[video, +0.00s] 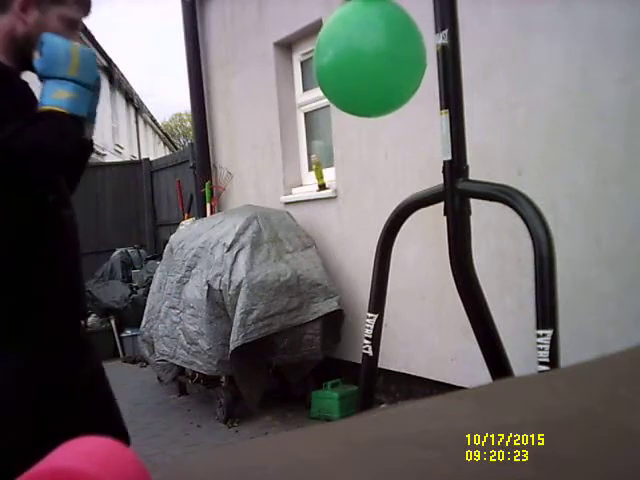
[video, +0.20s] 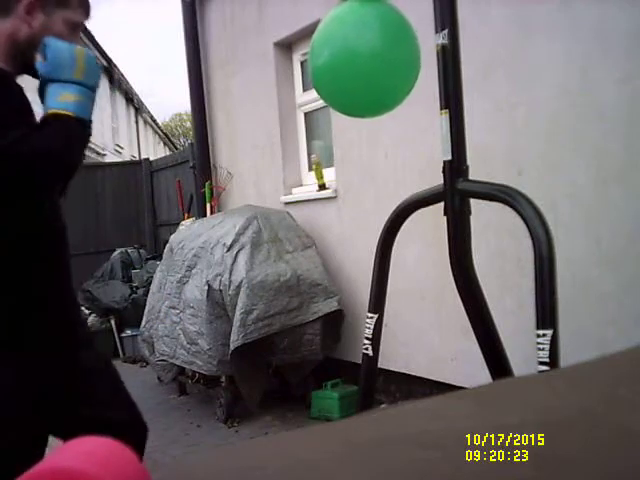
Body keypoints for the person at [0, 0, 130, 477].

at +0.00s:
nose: (78, 39)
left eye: (80, 26)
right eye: (71, 22)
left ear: (25, 14)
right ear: (23, 11)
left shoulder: (19, 89)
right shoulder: (4, 88)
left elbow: (52, 190)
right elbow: (31, 194)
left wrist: (75, 98)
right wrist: (66, 95)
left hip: (47, 323)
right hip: (25, 329)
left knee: (97, 453)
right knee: (95, 454)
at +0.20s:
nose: (76, 45)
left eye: (80, 32)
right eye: (73, 27)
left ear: (29, 15)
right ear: (30, 12)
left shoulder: (11, 90)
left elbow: (33, 193)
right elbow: (33, 189)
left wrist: (69, 102)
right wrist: (71, 95)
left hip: (39, 316)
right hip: (23, 321)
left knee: (119, 435)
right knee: (118, 434)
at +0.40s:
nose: (101, 40)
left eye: (106, 27)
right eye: (98, 25)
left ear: (52, 17)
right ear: (61, 16)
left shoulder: (22, 82)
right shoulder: (17, 85)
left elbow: (89, 166)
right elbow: (91, 165)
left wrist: (105, 73)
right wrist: (109, 68)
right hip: (41, 329)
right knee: (133, 443)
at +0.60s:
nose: (161, 38)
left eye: (162, 25)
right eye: (157, 22)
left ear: (117, 17)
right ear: (118, 15)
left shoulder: (110, 87)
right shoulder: (24, 81)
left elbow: (143, 126)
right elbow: (95, 172)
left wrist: (190, 95)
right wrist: (140, 89)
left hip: (111, 311)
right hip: (35, 322)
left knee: (172, 449)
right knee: (70, 466)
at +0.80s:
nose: (191, 41)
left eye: (191, 28)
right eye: (186, 25)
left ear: (149, 20)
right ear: (148, 17)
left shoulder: (145, 96)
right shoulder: (66, 88)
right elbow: (113, 192)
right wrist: (169, 99)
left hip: (163, 316)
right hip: (94, 324)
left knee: (244, 449)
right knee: (84, 470)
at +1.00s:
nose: (242, 22)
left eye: (240, 9)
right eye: (235, 8)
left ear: (199, 11)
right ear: (199, 7)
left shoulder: (211, 88)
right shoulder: (111, 76)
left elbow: (241, 109)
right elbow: (121, 171)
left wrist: (302, 98)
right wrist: (186, 96)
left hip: (190, 304)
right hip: (110, 304)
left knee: (237, 453)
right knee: (81, 456)